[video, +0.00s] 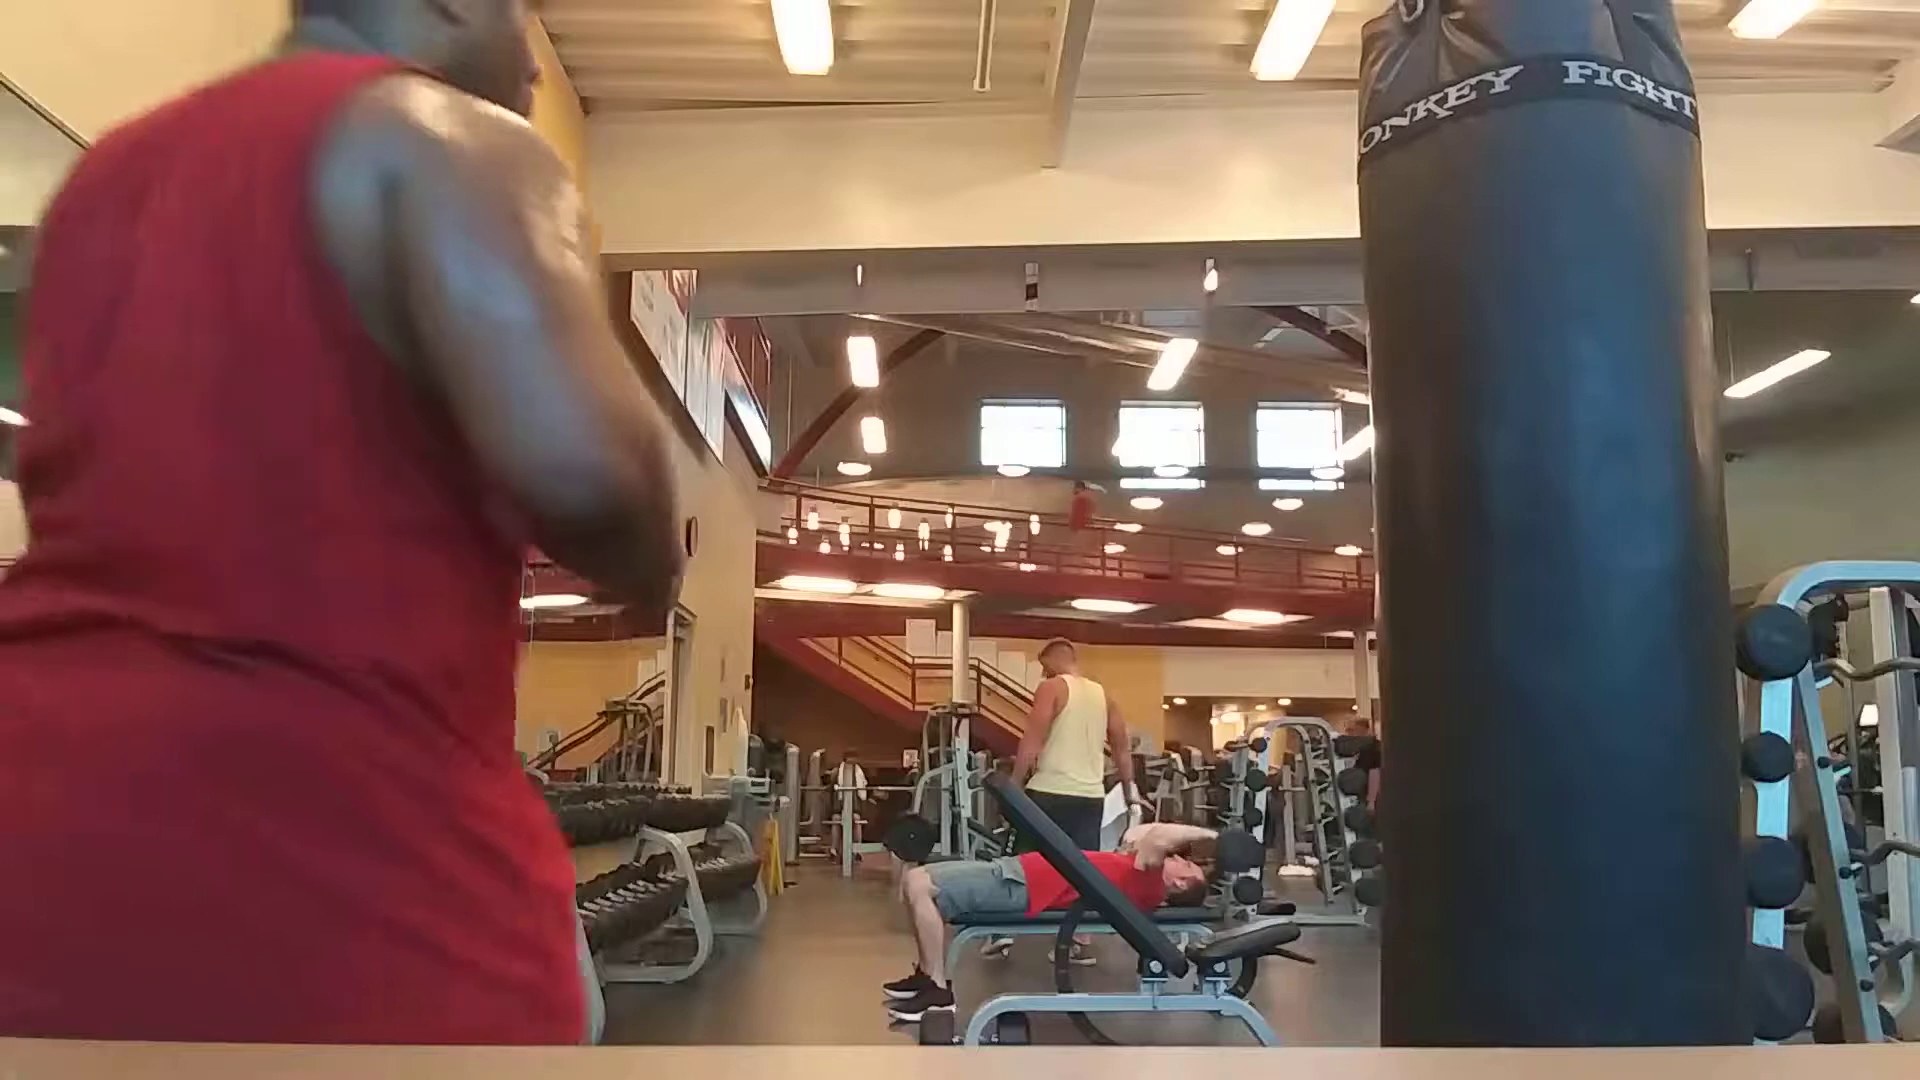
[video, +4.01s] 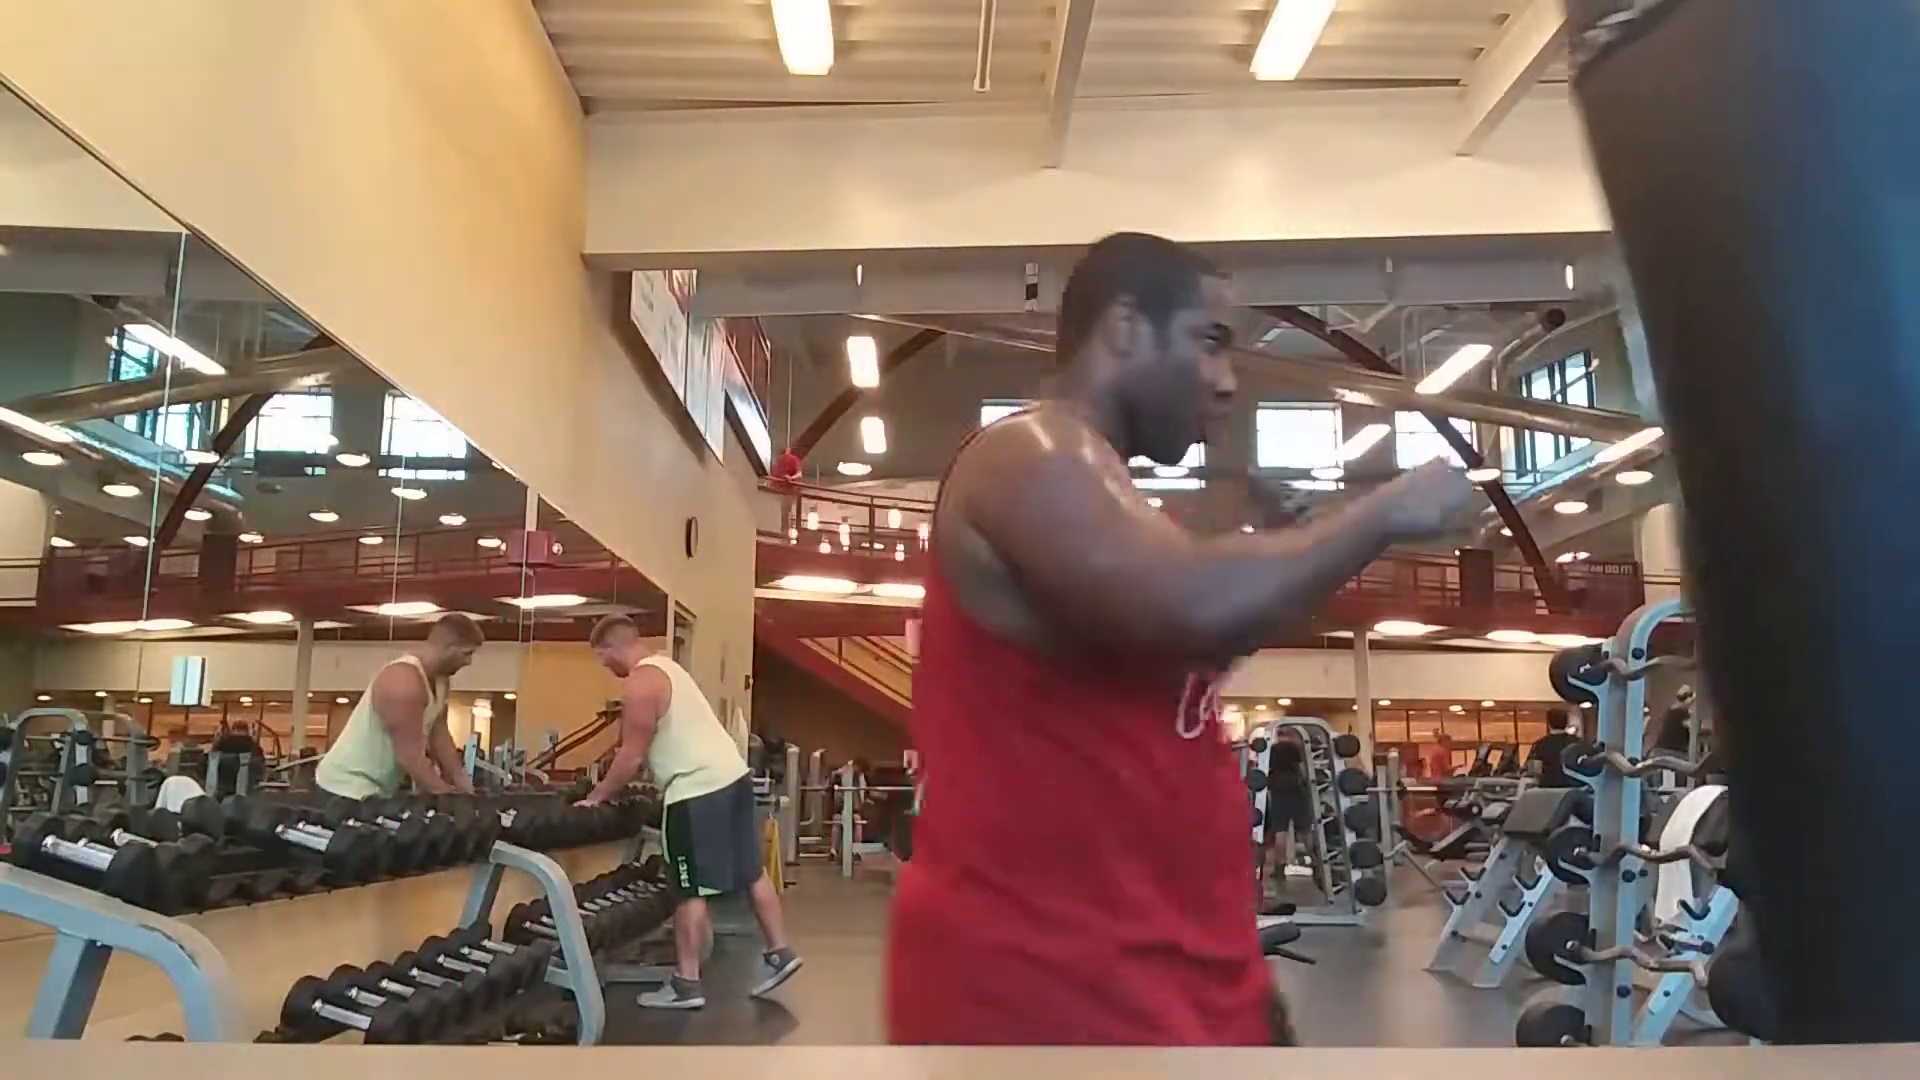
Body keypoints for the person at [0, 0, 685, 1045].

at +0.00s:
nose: (535, 66)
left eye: (534, 27)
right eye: (527, 19)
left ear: (317, 9)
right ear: (457, 4)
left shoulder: (101, 167)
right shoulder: (446, 139)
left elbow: (57, 456)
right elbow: (582, 469)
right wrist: (643, 576)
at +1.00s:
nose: (837, 253)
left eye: (842, 224)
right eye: (819, 210)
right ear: (720, 189)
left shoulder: (781, 411)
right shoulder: (523, 297)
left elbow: (924, 558)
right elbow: (627, 457)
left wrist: (1025, 403)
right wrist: (840, 382)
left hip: (706, 987)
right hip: (494, 985)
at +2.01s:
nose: (739, 327)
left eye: (745, 299)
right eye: (723, 285)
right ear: (635, 259)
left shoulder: (675, 452)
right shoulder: (466, 369)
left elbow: (750, 651)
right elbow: (564, 517)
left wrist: (847, 537)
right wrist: (773, 443)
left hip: (698, 978)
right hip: (489, 986)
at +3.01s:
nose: (1133, 324)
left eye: (1134, 299)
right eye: (1110, 288)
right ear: (1011, 275)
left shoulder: (1087, 472)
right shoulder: (860, 440)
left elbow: (1249, 560)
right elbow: (688, 598)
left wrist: (1462, 539)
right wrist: (856, 700)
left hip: (1105, 947)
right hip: (939, 957)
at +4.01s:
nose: (1227, 381)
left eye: (1227, 350)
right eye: (1210, 341)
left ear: (1131, 336)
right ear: (1124, 330)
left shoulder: (1109, 488)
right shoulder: (1030, 456)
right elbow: (1184, 606)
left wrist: (1342, 513)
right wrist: (1379, 515)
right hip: (1062, 990)